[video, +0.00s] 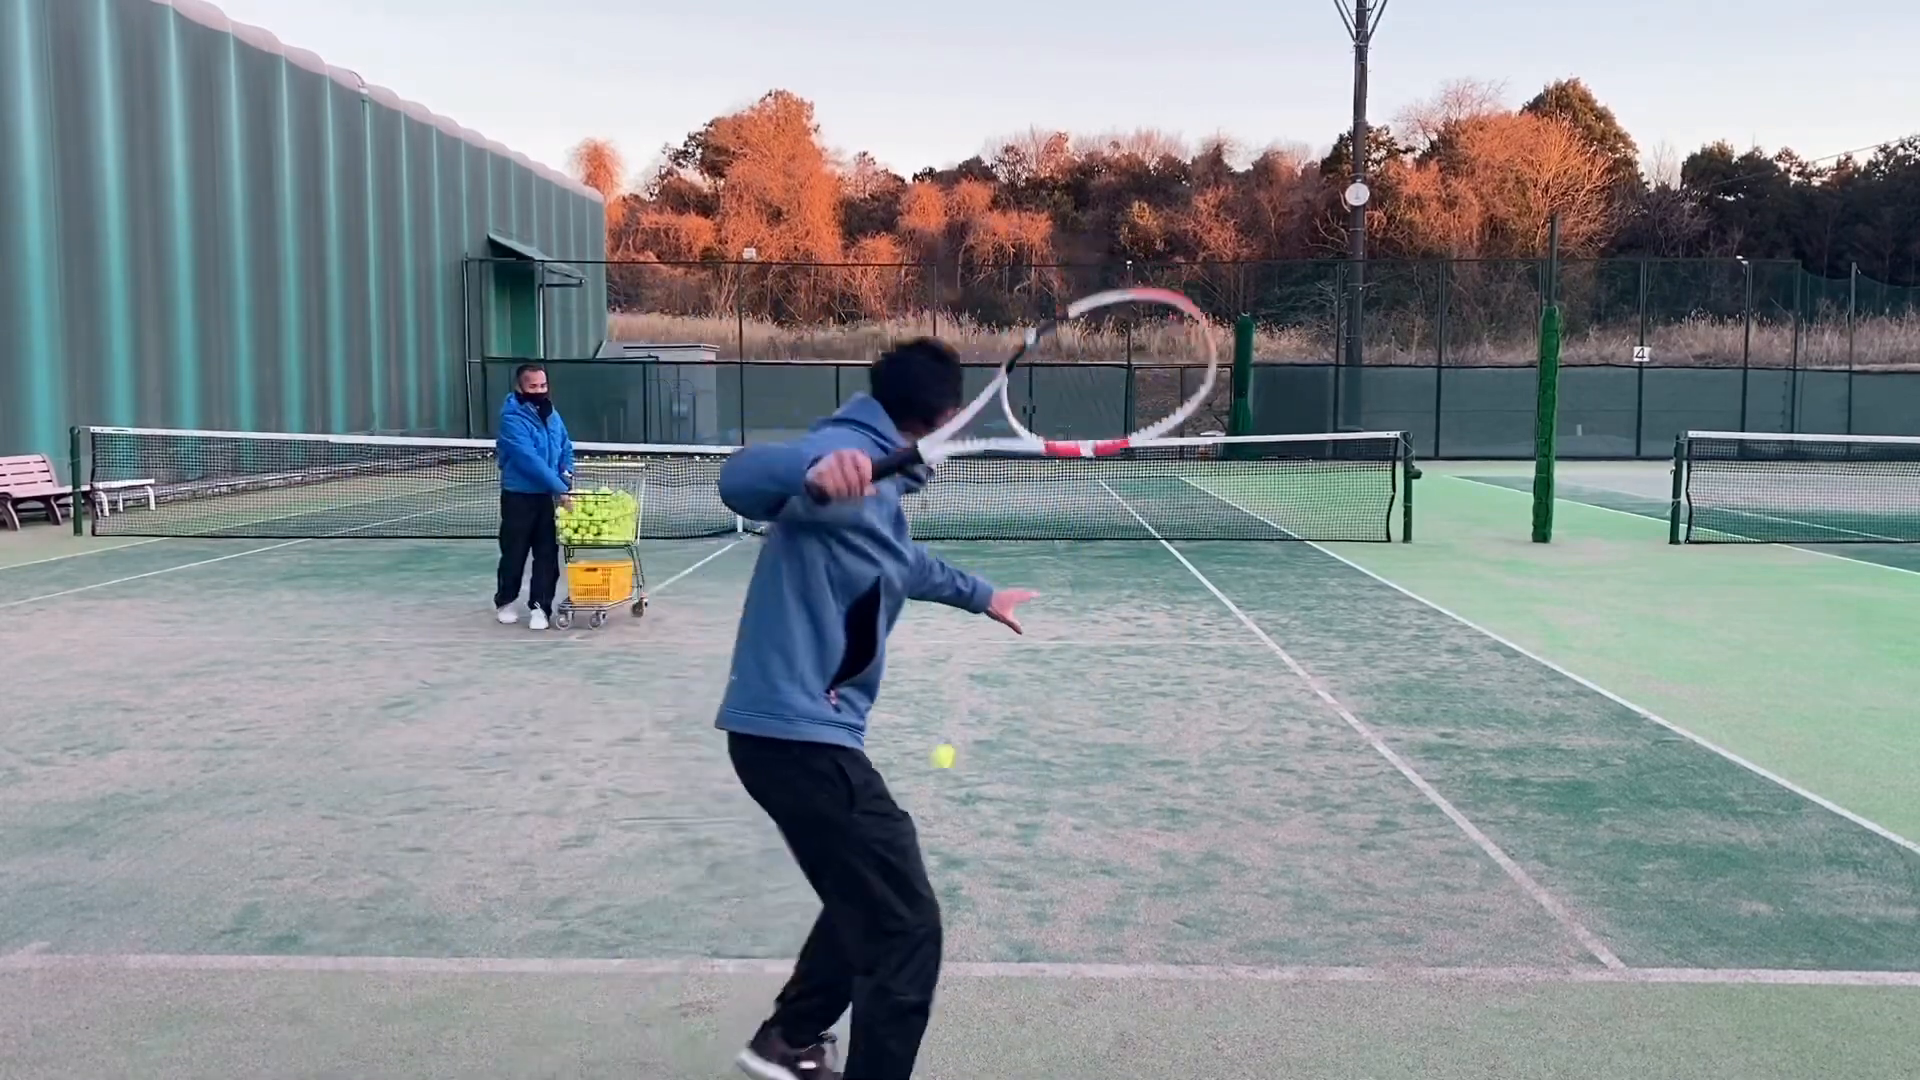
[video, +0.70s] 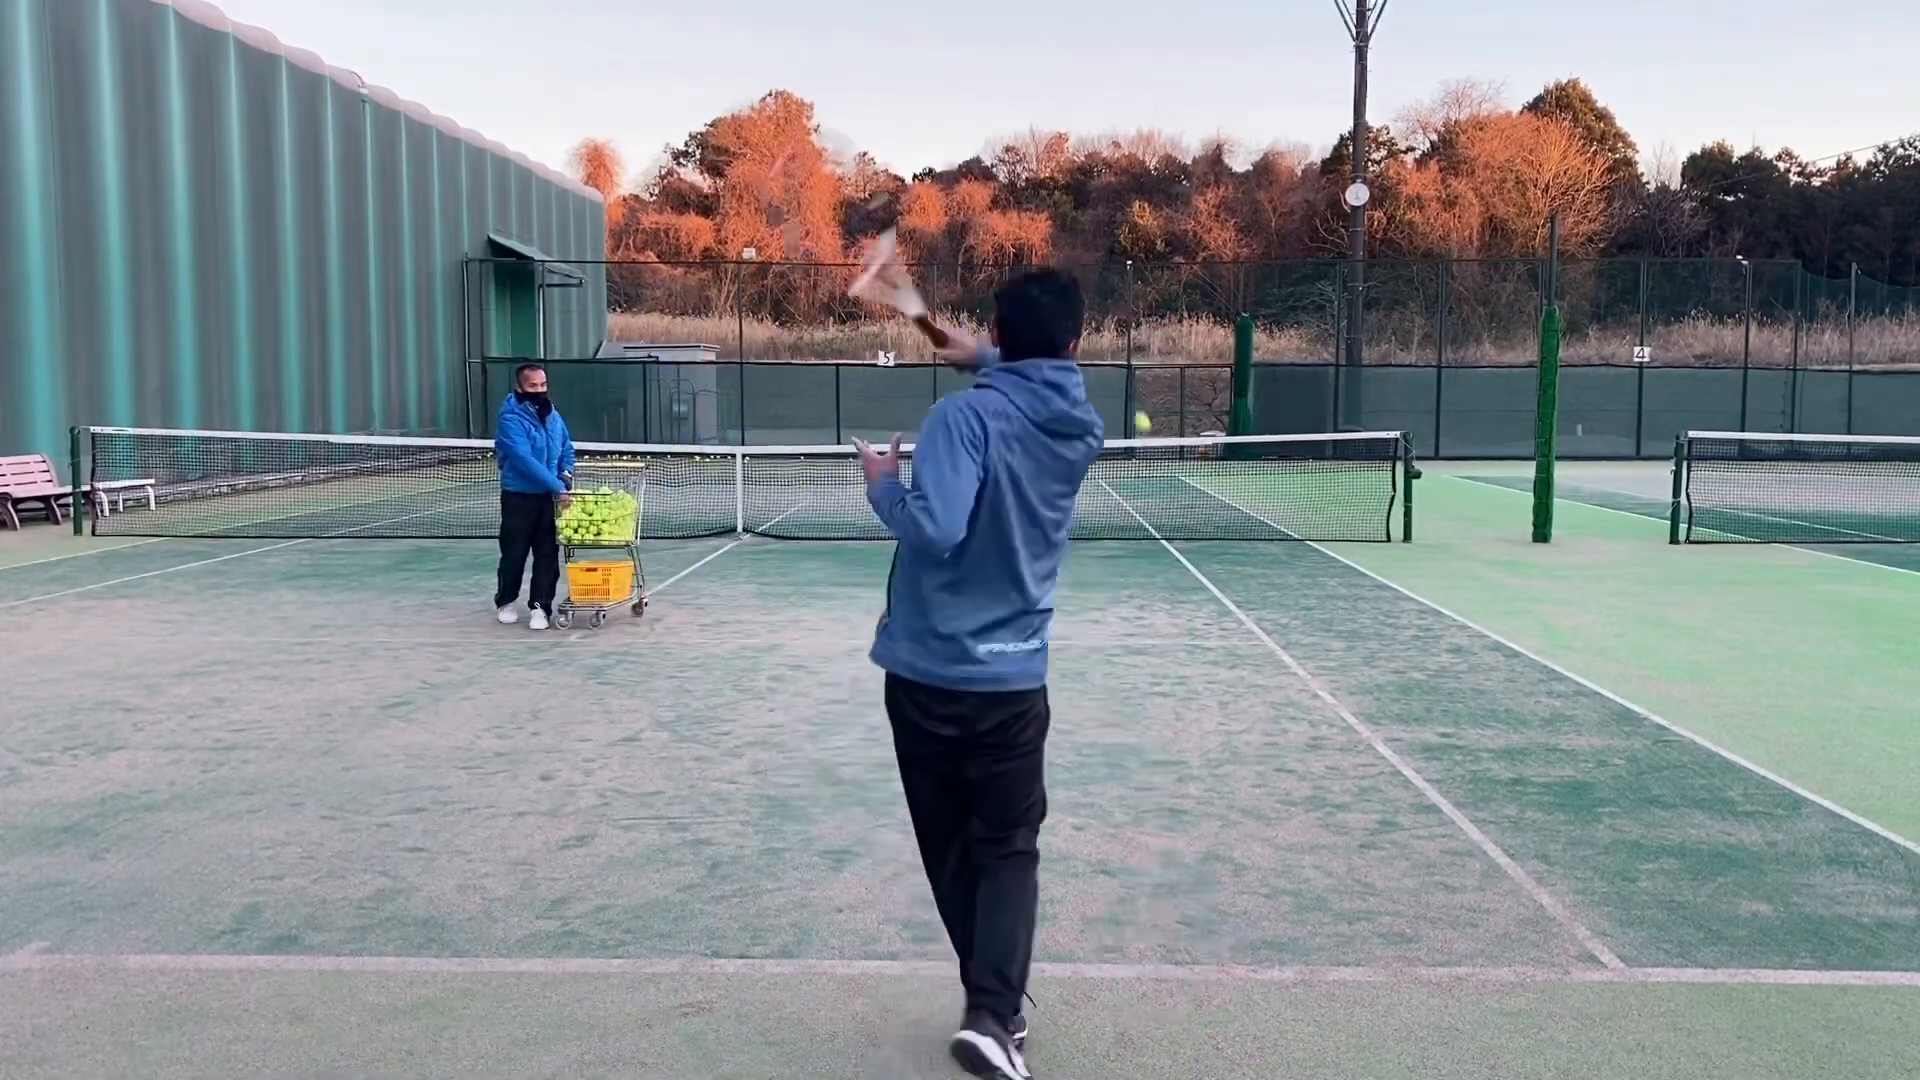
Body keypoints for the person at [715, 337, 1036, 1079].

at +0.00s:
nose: (946, 435)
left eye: (948, 422)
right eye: (945, 421)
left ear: (885, 396)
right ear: (926, 417)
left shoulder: (878, 484)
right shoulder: (847, 449)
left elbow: (904, 564)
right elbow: (736, 480)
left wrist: (979, 594)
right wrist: (809, 470)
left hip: (806, 728)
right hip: (794, 733)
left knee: (870, 893)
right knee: (907, 927)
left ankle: (788, 1038)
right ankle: (872, 1072)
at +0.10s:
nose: (992, 469)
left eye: (994, 454)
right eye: (995, 453)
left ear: (932, 429)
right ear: (984, 451)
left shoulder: (913, 498)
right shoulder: (890, 481)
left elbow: (925, 583)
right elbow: (779, 513)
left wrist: (992, 610)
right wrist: (829, 533)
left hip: (839, 741)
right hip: (816, 752)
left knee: (930, 834)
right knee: (944, 933)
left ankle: (863, 1017)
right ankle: (891, 1070)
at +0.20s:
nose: (1048, 473)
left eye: (1047, 461)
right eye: (1046, 463)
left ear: (979, 449)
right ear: (1031, 472)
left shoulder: (957, 509)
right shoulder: (936, 514)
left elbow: (946, 584)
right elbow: (831, 553)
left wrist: (994, 616)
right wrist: (867, 606)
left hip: (860, 747)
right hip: (835, 761)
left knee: (941, 854)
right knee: (962, 944)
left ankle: (935, 1020)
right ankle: (905, 1067)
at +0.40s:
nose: (1105, 494)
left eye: (1108, 479)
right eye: (1108, 479)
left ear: (1034, 457)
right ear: (1092, 482)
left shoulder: (953, 487)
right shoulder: (1015, 552)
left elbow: (837, 511)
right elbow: (973, 676)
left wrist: (859, 581)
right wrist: (1003, 784)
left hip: (840, 737)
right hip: (912, 762)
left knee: (954, 877)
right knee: (980, 944)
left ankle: (989, 1020)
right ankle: (898, 1072)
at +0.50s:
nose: (1097, 441)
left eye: (1101, 427)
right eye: (1099, 428)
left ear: (1020, 411)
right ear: (1083, 433)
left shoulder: (933, 446)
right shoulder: (1058, 544)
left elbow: (826, 515)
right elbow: (1065, 681)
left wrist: (828, 548)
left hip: (865, 711)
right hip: (957, 737)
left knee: (943, 875)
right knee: (988, 902)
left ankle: (993, 1015)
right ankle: (903, 1067)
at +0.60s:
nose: (1086, 384)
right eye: (1086, 373)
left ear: (1002, 366)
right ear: (1079, 379)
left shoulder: (946, 434)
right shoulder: (1079, 483)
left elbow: (887, 532)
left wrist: (867, 490)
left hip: (898, 691)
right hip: (991, 701)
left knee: (934, 861)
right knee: (983, 870)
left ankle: (995, 1010)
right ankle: (934, 1039)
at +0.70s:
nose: (985, 330)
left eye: (992, 322)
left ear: (994, 336)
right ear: (1074, 345)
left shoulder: (962, 415)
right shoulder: (1077, 419)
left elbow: (937, 529)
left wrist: (882, 485)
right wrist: (925, 319)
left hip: (928, 674)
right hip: (1015, 678)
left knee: (950, 846)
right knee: (1009, 843)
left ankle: (998, 1003)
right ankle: (992, 1022)